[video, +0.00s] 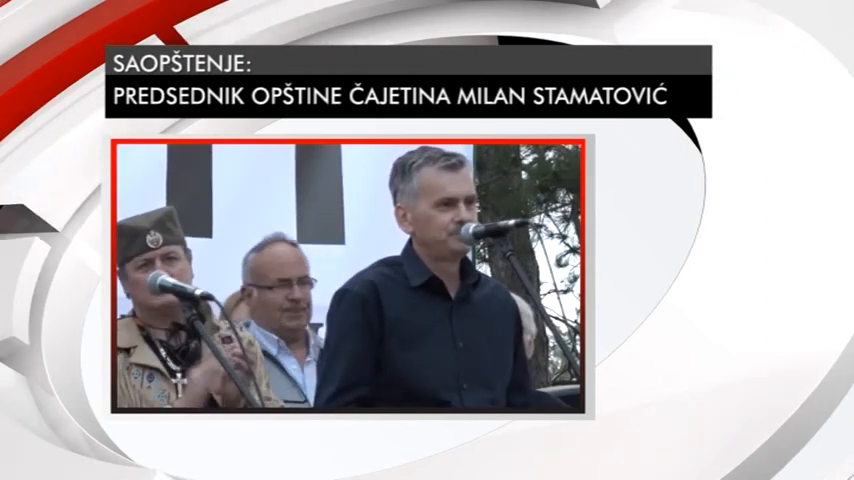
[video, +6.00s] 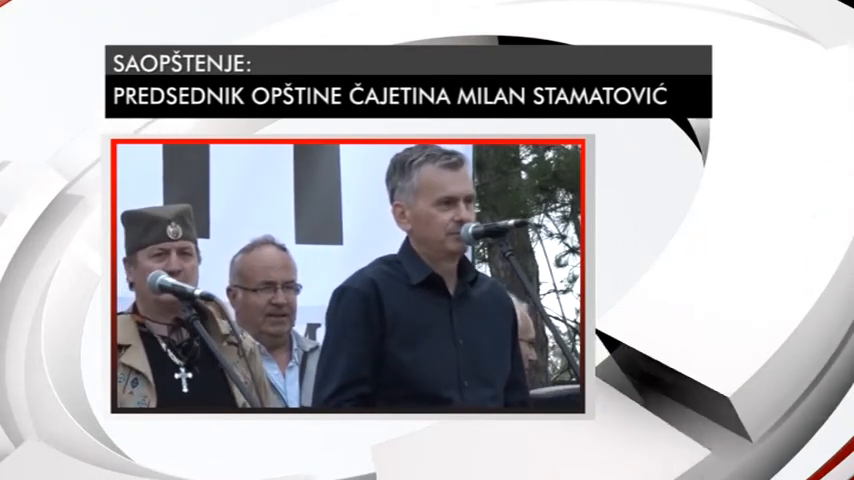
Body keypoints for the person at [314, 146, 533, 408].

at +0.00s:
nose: (464, 216)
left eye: (470, 203)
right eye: (446, 205)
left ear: (478, 207)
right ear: (404, 217)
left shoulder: (499, 302)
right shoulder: (363, 298)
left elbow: (520, 405)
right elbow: (335, 413)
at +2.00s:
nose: (462, 215)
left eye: (468, 201)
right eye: (444, 203)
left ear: (475, 206)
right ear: (403, 216)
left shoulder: (502, 301)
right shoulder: (363, 294)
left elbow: (520, 405)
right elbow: (320, 407)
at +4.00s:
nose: (460, 210)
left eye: (465, 196)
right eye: (441, 199)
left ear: (474, 203)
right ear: (401, 215)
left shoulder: (498, 300)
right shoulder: (361, 295)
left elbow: (526, 407)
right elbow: (332, 406)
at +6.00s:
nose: (464, 215)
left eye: (469, 202)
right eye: (447, 204)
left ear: (476, 206)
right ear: (402, 215)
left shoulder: (495, 300)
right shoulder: (362, 297)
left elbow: (516, 408)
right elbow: (336, 413)